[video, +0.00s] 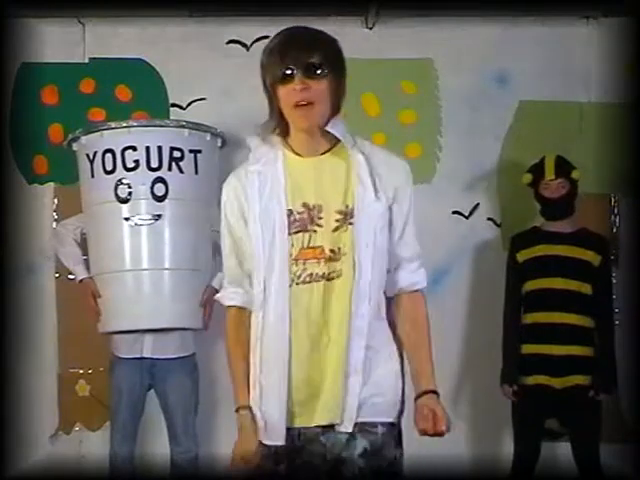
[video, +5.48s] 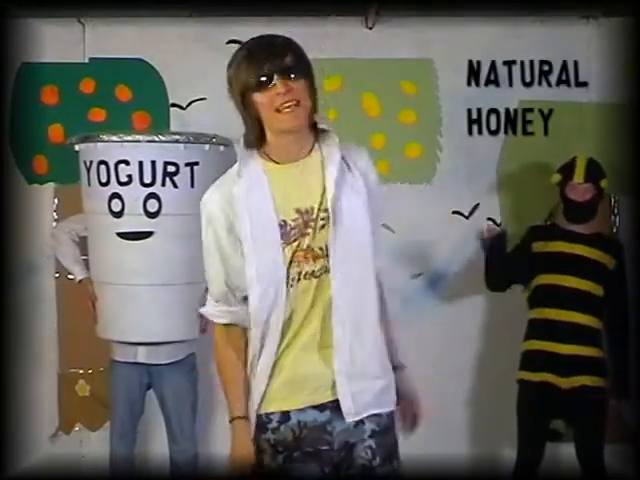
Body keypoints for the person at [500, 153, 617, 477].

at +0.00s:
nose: (554, 192)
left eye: (560, 184)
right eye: (546, 186)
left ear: (573, 187)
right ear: (535, 193)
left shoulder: (596, 245)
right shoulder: (521, 244)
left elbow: (604, 315)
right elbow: (512, 312)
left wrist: (606, 372)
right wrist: (509, 368)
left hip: (580, 375)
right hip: (531, 375)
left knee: (588, 462)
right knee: (524, 460)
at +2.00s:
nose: (534, 192)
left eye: (542, 184)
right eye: (532, 185)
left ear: (561, 188)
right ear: (529, 191)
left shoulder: (594, 245)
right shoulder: (522, 245)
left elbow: (603, 316)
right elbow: (513, 313)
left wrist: (603, 374)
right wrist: (507, 369)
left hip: (578, 377)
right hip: (529, 376)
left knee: (588, 462)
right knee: (524, 460)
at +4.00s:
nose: (551, 196)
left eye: (558, 187)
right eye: (543, 189)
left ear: (571, 189)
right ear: (532, 195)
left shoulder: (596, 245)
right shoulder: (519, 245)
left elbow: (605, 314)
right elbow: (510, 312)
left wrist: (607, 371)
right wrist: (509, 371)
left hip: (581, 375)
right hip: (531, 376)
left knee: (588, 461)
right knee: (525, 460)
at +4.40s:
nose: (554, 195)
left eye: (561, 187)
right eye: (546, 188)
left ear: (573, 189)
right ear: (534, 193)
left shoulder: (597, 245)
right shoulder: (520, 245)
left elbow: (605, 313)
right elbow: (511, 308)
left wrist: (608, 372)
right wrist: (504, 359)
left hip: (581, 372)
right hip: (531, 373)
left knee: (588, 460)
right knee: (524, 459)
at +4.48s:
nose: (556, 195)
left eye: (563, 187)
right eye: (548, 187)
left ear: (575, 189)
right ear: (535, 193)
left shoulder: (597, 245)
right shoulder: (521, 245)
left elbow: (607, 314)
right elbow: (509, 309)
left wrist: (609, 372)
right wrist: (479, 326)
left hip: (581, 371)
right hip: (532, 371)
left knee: (589, 461)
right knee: (525, 459)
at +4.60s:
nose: (555, 194)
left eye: (563, 186)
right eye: (547, 187)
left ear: (576, 190)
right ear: (537, 191)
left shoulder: (599, 245)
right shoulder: (525, 241)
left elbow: (609, 315)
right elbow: (496, 291)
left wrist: (613, 374)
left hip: (581, 370)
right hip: (533, 369)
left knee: (589, 460)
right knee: (526, 459)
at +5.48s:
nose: (579, 195)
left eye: (588, 188)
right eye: (572, 187)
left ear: (600, 193)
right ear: (561, 190)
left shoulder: (611, 249)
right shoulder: (537, 237)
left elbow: (618, 320)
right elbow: (498, 282)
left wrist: (622, 380)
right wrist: (494, 245)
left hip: (587, 368)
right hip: (538, 364)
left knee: (591, 460)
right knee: (527, 458)